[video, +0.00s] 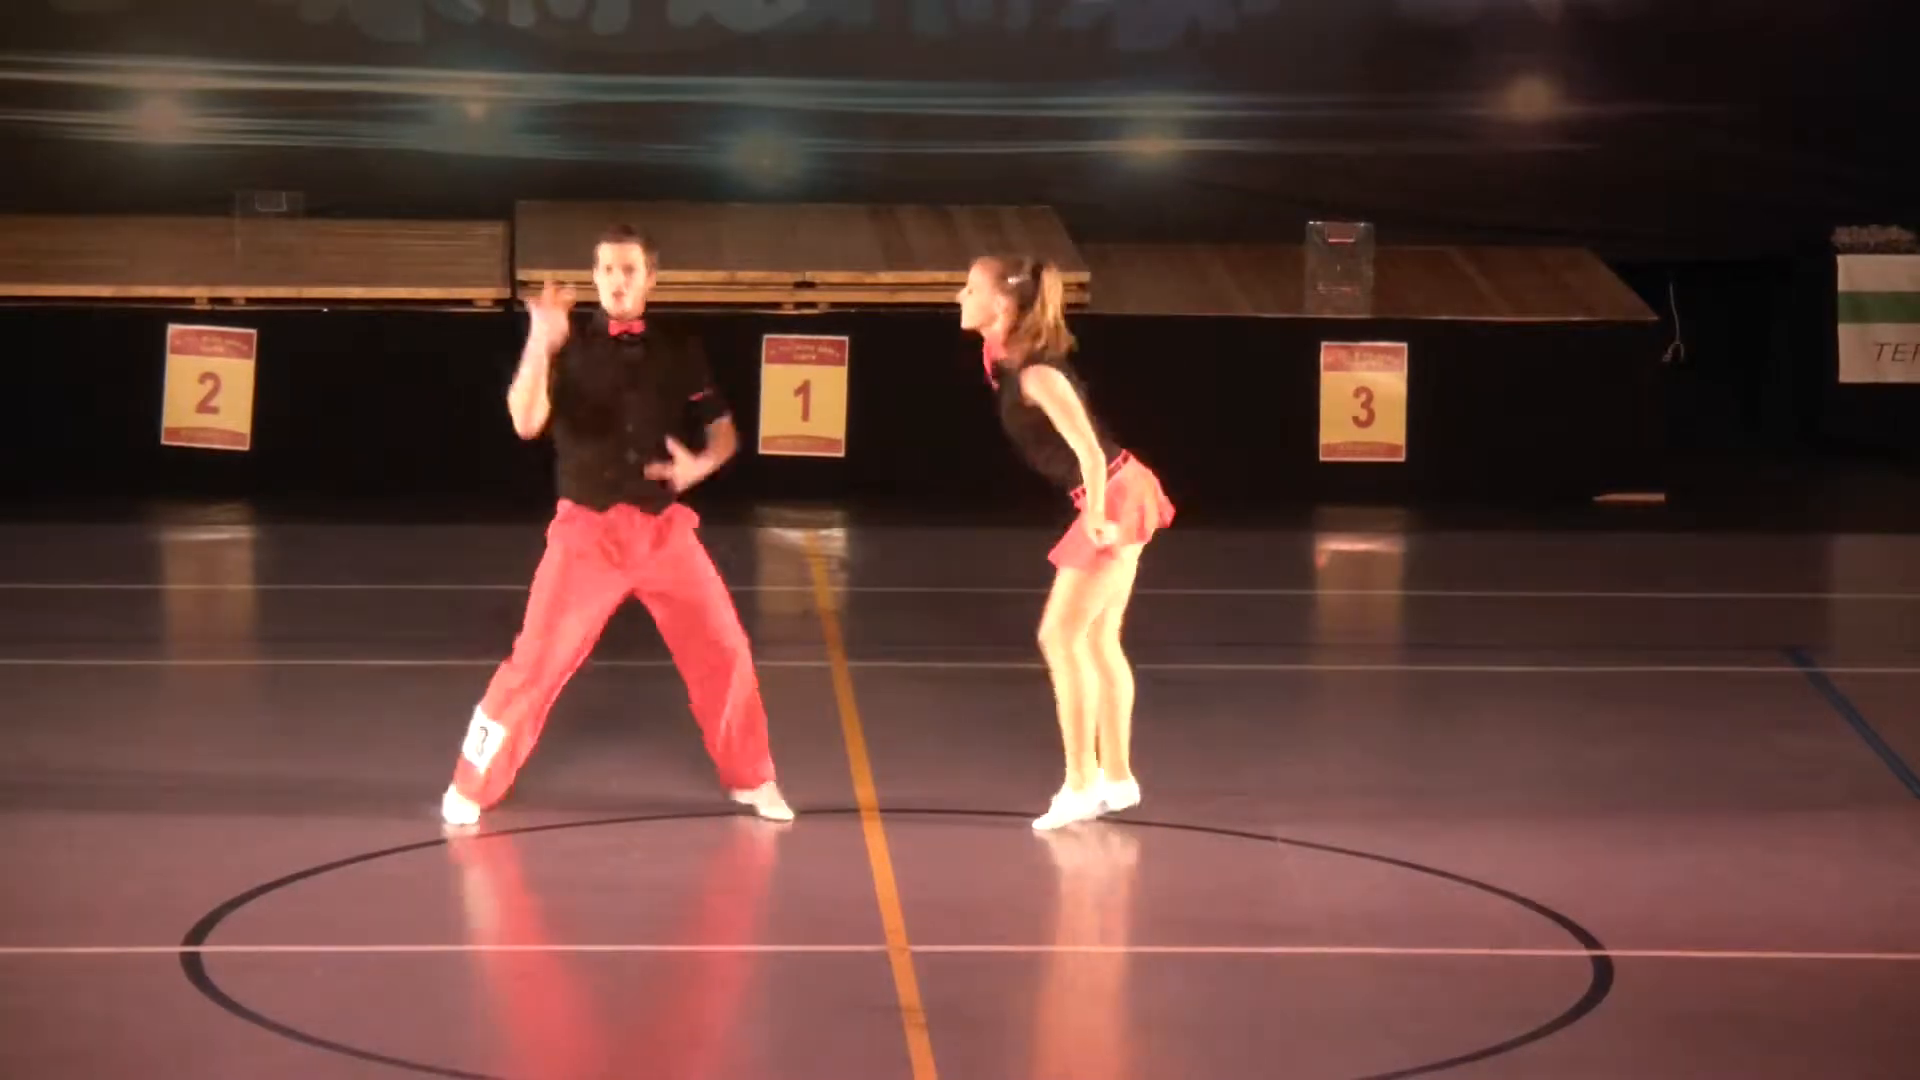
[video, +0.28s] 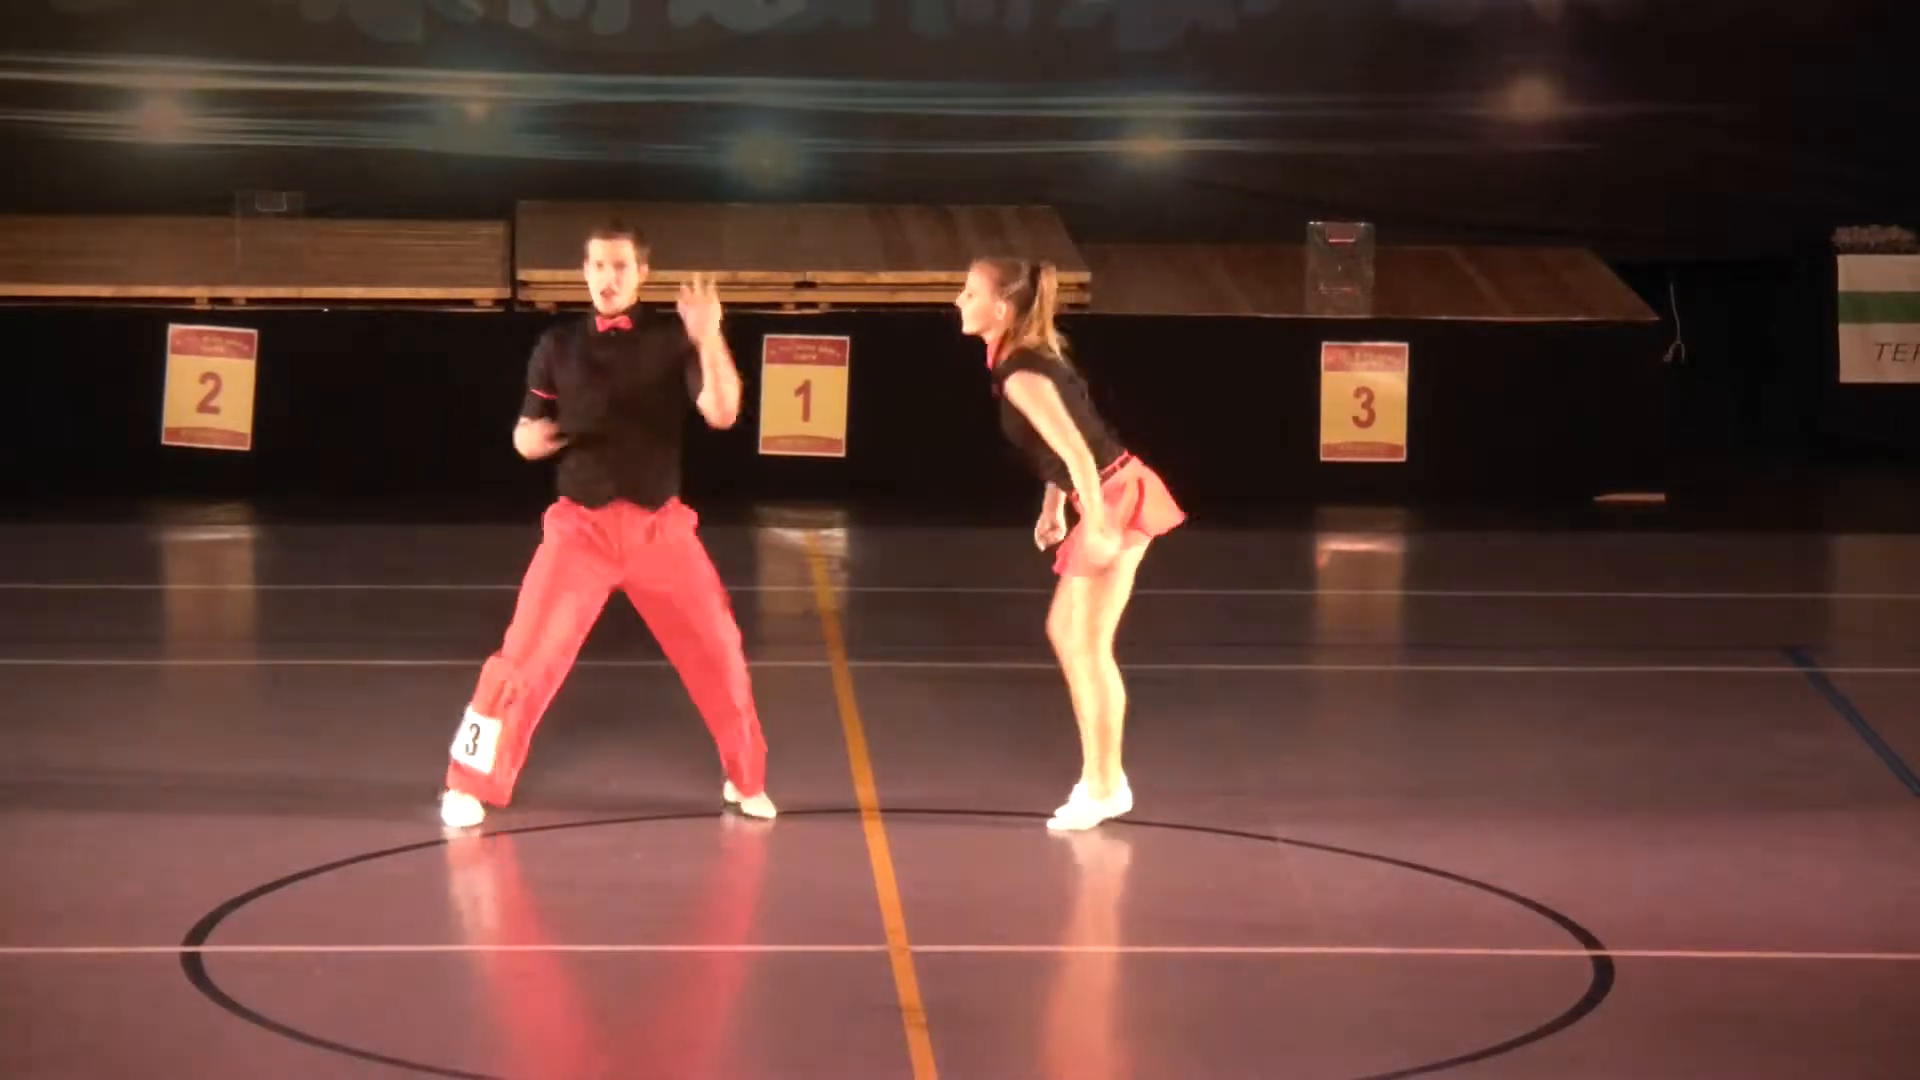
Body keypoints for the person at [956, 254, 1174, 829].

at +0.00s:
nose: (961, 299)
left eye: (971, 290)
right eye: (965, 289)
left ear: (1005, 302)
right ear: (1001, 302)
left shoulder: (1038, 375)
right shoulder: (1017, 364)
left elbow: (1091, 449)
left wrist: (1094, 518)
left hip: (1112, 503)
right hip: (1122, 498)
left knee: (1058, 635)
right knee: (1102, 639)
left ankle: (1082, 780)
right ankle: (1118, 776)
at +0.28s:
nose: (959, 300)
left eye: (970, 291)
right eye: (963, 289)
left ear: (1005, 305)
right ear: (1003, 304)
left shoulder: (1021, 373)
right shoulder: (1031, 356)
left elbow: (1075, 449)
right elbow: (1064, 439)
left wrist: (1095, 526)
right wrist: (1053, 500)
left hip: (1114, 504)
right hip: (1121, 498)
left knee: (1067, 632)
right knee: (1095, 643)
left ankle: (1099, 782)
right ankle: (1108, 779)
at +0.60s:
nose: (1009, 272)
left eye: (1019, 262)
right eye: (1011, 261)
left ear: (1054, 268)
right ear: (1043, 269)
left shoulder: (1069, 338)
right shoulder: (1039, 330)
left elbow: (1124, 392)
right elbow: (1029, 389)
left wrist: (1062, 456)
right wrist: (986, 431)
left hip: (1093, 490)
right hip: (1076, 491)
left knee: (1044, 636)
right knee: (1056, 634)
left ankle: (1089, 772)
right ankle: (1094, 765)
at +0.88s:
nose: (1096, 315)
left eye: (1111, 308)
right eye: (1091, 299)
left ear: (1124, 314)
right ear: (1073, 289)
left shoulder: (1102, 368)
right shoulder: (1067, 345)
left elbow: (1147, 450)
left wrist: (1085, 507)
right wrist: (1040, 485)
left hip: (1069, 525)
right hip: (1039, 521)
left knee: (1079, 665)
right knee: (970, 627)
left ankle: (1096, 797)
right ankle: (1030, 748)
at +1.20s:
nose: (1095, 290)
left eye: (1110, 281)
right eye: (1089, 274)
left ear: (1125, 287)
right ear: (1073, 270)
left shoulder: (1116, 350)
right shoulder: (1057, 324)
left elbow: (1153, 437)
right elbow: (996, 331)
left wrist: (1113, 470)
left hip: (1088, 506)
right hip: (1047, 502)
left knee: (1056, 642)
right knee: (1000, 623)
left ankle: (1085, 778)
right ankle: (1060, 760)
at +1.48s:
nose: (1103, 318)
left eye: (1118, 310)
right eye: (1099, 304)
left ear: (1135, 318)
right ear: (1083, 299)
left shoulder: (1129, 385)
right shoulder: (1070, 342)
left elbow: (1159, 482)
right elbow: (1036, 263)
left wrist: (1199, 569)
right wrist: (1017, 179)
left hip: (1091, 537)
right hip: (1068, 532)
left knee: (985, 641)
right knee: (1116, 661)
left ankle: (1025, 768)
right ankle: (1142, 793)